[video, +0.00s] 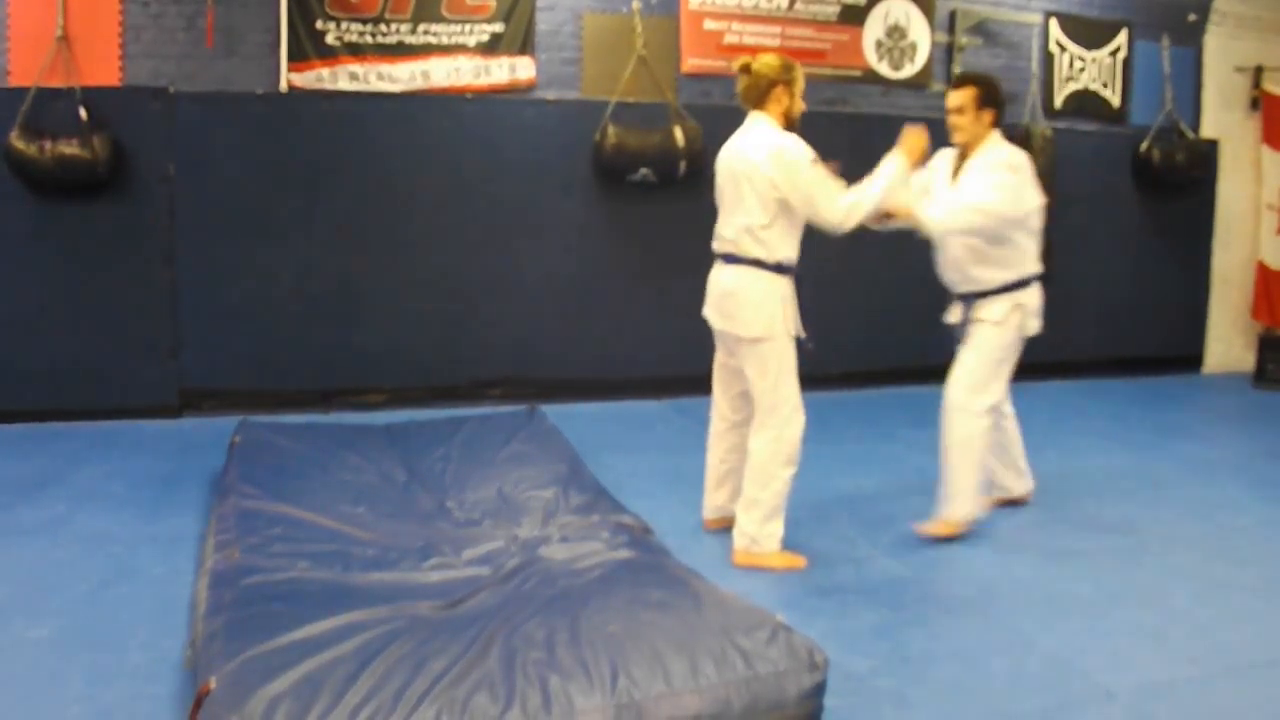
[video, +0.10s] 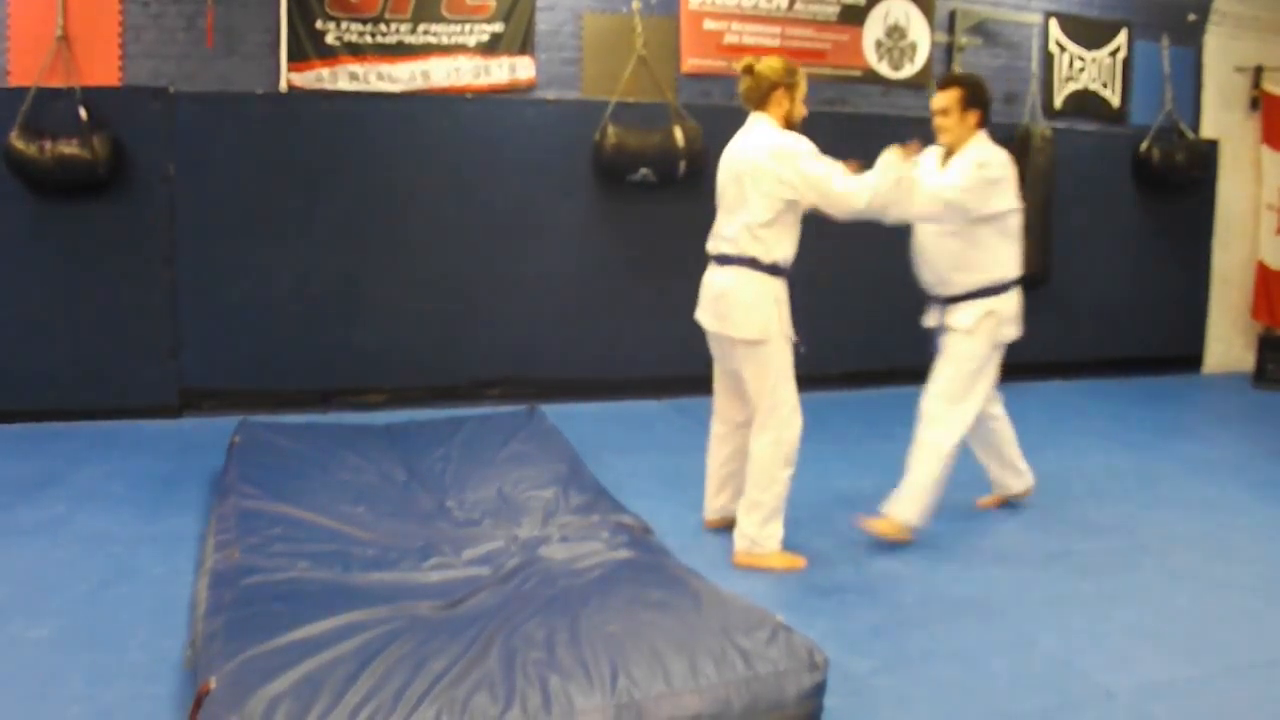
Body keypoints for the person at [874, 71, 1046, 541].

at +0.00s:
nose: (951, 120)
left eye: (960, 112)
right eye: (948, 112)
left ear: (988, 116)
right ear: (949, 115)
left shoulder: (1008, 166)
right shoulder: (945, 162)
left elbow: (966, 218)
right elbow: (905, 200)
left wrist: (912, 212)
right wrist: (848, 196)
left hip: (1009, 300)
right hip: (971, 299)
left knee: (964, 394)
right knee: (989, 394)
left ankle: (956, 512)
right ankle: (1012, 482)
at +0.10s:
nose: (936, 122)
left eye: (945, 113)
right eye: (933, 114)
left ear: (974, 116)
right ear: (936, 116)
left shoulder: (989, 162)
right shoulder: (933, 160)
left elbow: (938, 203)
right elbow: (898, 206)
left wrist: (892, 173)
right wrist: (858, 185)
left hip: (987, 304)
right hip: (952, 303)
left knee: (943, 404)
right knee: (976, 400)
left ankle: (903, 516)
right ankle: (1013, 481)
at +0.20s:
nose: (910, 121)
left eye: (919, 113)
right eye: (909, 113)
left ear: (949, 117)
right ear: (915, 115)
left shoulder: (963, 166)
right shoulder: (915, 159)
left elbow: (899, 204)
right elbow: (867, 192)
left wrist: (842, 209)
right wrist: (827, 200)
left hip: (953, 307)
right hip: (921, 305)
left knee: (901, 409)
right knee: (928, 400)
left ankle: (881, 527)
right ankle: (996, 465)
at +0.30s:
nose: (880, 114)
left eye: (889, 107)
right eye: (879, 106)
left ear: (919, 110)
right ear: (886, 108)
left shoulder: (938, 160)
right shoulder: (883, 156)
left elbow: (883, 219)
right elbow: (848, 206)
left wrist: (827, 226)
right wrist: (818, 229)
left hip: (929, 302)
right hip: (896, 300)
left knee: (885, 411)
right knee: (880, 401)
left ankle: (879, 529)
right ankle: (950, 461)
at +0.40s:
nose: (858, 107)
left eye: (866, 98)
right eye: (856, 98)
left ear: (897, 100)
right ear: (862, 100)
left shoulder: (919, 152)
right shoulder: (859, 146)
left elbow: (866, 216)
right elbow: (823, 201)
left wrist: (815, 195)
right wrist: (796, 216)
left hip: (909, 297)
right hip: (868, 294)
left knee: (887, 410)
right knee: (840, 396)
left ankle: (883, 525)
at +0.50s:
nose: (845, 105)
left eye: (853, 97)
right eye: (843, 97)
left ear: (883, 97)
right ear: (851, 98)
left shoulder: (907, 149)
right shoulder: (844, 140)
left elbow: (865, 192)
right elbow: (800, 156)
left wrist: (803, 184)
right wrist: (777, 160)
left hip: (889, 295)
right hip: (843, 293)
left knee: (878, 411)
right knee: (820, 397)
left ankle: (882, 527)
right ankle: (808, 499)